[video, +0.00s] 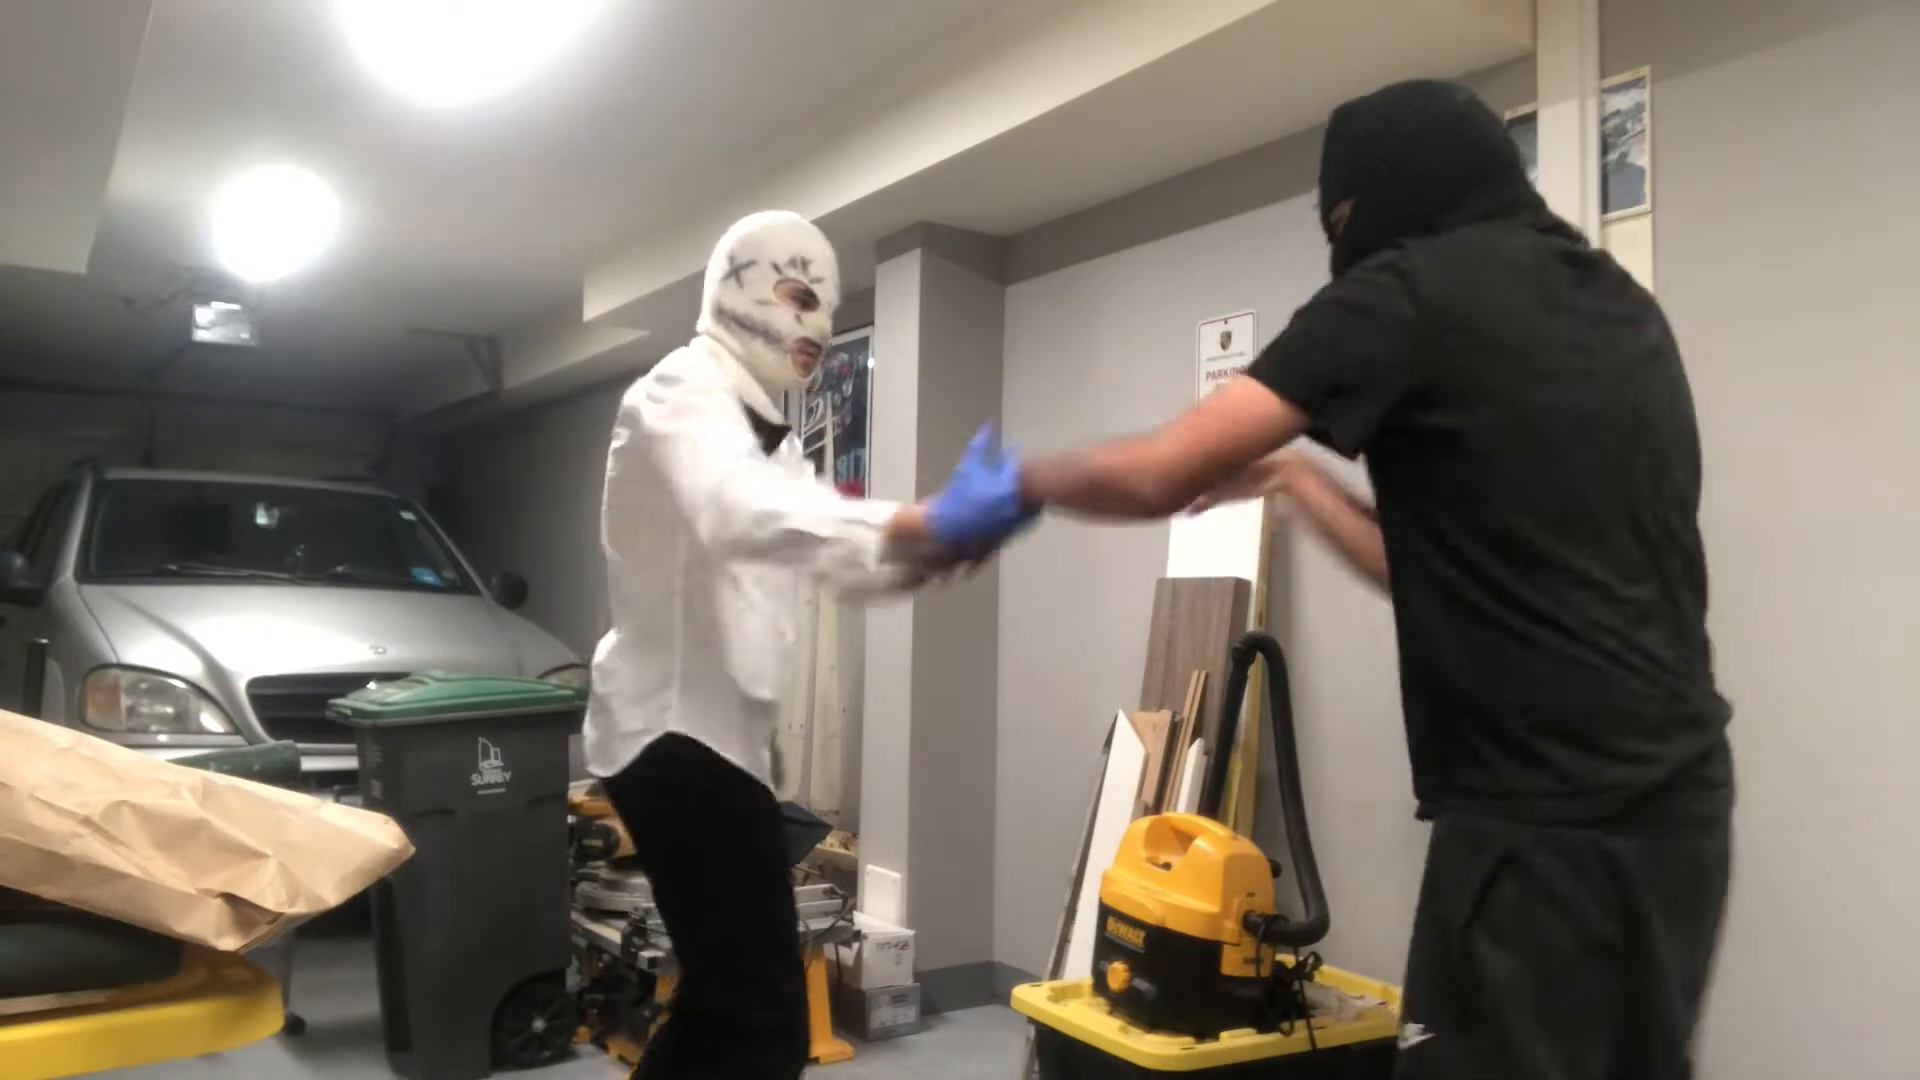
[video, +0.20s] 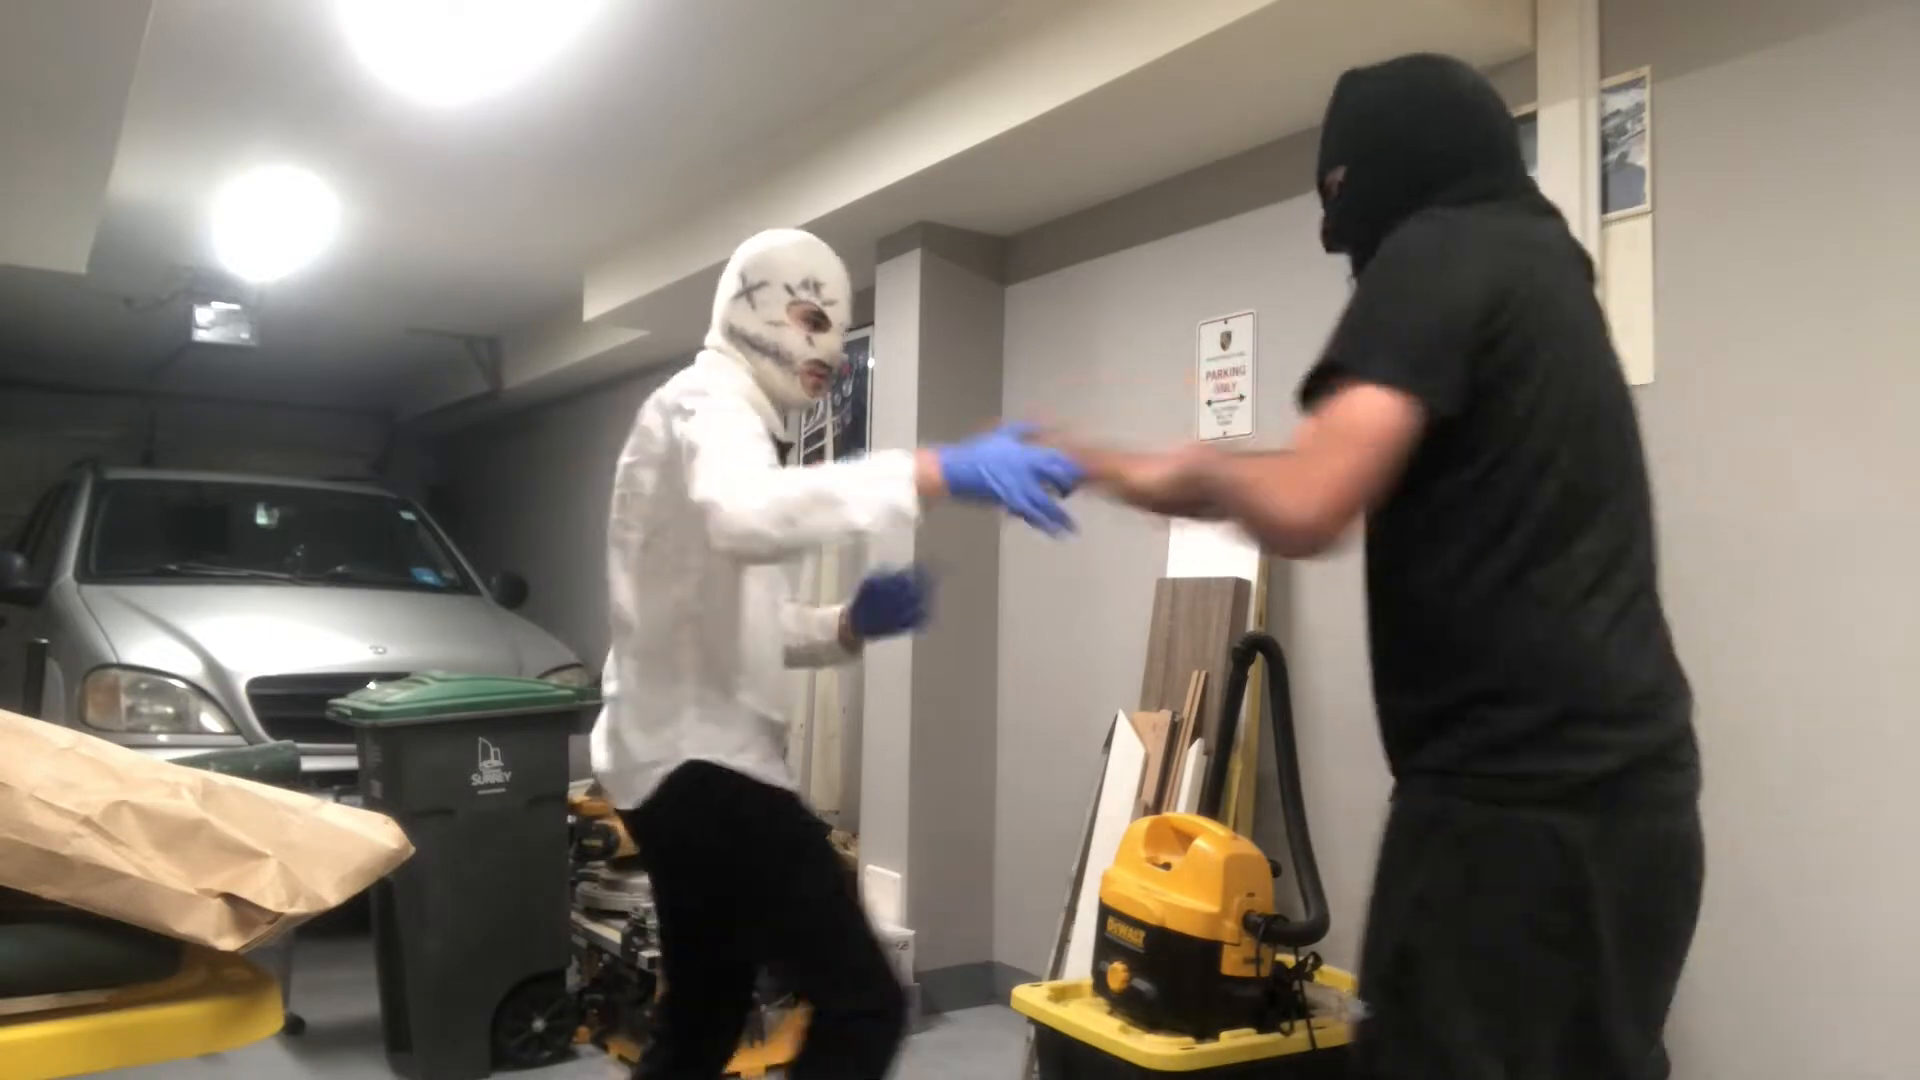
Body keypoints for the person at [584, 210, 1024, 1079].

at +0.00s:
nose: (816, 319)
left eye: (824, 303)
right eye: (796, 294)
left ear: (829, 314)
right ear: (734, 291)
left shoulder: (761, 433)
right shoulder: (682, 391)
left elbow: (833, 565)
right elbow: (731, 514)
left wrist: (937, 549)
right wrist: (899, 524)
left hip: (728, 741)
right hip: (671, 738)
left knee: (731, 1005)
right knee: (757, 1012)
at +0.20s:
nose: (831, 353)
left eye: (838, 332)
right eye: (817, 324)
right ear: (761, 311)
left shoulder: (711, 413)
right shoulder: (713, 403)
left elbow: (724, 623)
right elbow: (738, 516)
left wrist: (846, 625)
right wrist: (937, 470)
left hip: (679, 755)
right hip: (703, 759)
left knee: (703, 1012)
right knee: (863, 1004)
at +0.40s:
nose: (857, 349)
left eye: (863, 330)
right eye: (839, 320)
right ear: (784, 314)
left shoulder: (755, 419)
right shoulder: (748, 393)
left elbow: (817, 625)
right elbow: (812, 494)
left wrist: (923, 552)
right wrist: (970, 391)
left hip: (695, 764)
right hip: (750, 756)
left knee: (704, 1031)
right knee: (898, 1023)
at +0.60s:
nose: (881, 349)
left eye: (888, 332)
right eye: (861, 320)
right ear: (794, 316)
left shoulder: (800, 430)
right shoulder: (755, 405)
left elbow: (875, 618)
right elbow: (836, 498)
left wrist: (991, 553)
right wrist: (965, 349)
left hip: (789, 767)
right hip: (811, 765)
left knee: (763, 1042)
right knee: (940, 1048)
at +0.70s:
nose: (866, 330)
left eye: (872, 311)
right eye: (844, 305)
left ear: (877, 318)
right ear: (782, 307)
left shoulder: (809, 432)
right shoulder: (732, 409)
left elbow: (891, 569)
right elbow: (830, 510)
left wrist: (1014, 588)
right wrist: (962, 365)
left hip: (825, 762)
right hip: (792, 768)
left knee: (758, 1034)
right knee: (924, 1046)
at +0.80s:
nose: (843, 333)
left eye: (852, 315)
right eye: (820, 307)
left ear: (863, 330)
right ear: (760, 309)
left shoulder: (799, 446)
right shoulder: (720, 416)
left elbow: (856, 592)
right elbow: (841, 513)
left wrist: (985, 595)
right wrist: (1035, 424)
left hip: (812, 770)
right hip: (772, 769)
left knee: (746, 1033)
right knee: (911, 1047)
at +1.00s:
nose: (870, 341)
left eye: (870, 318)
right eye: (853, 315)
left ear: (775, 321)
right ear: (802, 313)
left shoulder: (725, 435)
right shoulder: (775, 407)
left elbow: (831, 631)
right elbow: (916, 556)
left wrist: (970, 568)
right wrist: (1064, 534)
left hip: (720, 776)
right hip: (789, 767)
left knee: (728, 1031)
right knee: (916, 1047)